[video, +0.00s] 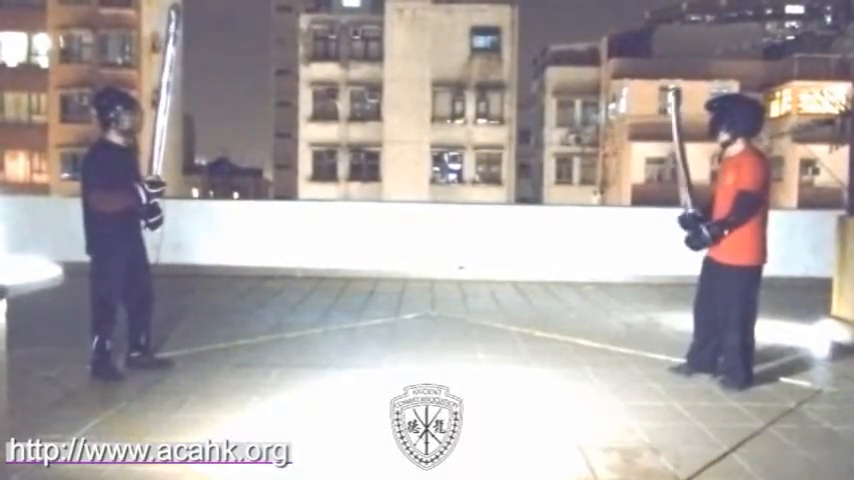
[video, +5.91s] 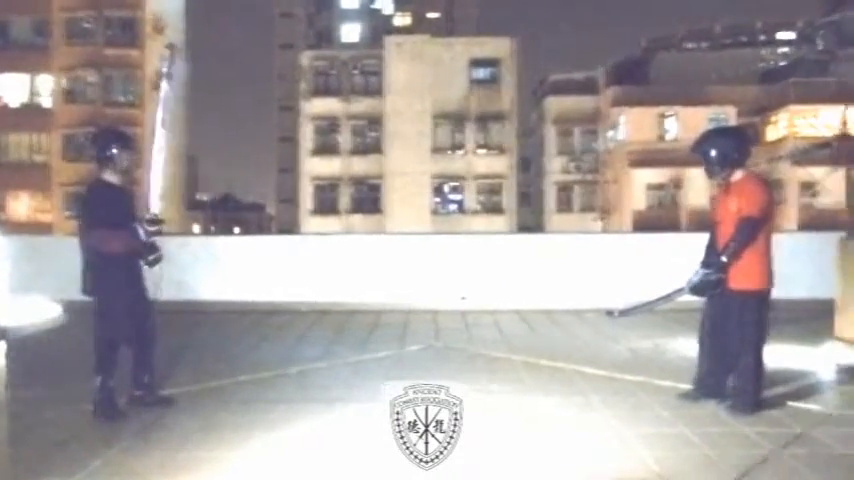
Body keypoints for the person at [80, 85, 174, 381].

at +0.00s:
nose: (135, 120)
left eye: (135, 114)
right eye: (128, 114)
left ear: (128, 117)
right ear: (112, 117)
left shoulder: (127, 153)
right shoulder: (99, 156)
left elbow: (128, 190)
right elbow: (98, 201)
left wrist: (147, 193)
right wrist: (139, 200)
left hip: (130, 234)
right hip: (105, 238)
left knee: (140, 291)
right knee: (106, 295)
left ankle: (139, 349)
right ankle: (100, 354)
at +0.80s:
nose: (136, 159)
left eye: (137, 153)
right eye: (130, 153)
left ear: (131, 156)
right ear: (114, 154)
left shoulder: (126, 193)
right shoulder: (96, 194)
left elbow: (127, 232)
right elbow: (94, 237)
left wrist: (146, 233)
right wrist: (132, 241)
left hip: (130, 272)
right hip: (106, 275)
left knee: (142, 329)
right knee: (107, 335)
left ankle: (140, 390)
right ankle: (100, 396)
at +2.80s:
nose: (152, 174)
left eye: (152, 168)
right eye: (147, 167)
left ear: (138, 172)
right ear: (130, 171)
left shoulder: (143, 210)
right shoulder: (112, 211)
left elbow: (143, 249)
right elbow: (113, 258)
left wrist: (161, 258)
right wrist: (154, 253)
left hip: (144, 290)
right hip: (119, 292)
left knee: (156, 344)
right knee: (122, 349)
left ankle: (153, 404)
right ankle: (114, 410)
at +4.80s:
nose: (140, 169)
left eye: (140, 163)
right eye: (134, 163)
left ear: (126, 166)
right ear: (117, 166)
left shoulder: (128, 203)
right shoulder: (101, 205)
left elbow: (130, 240)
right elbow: (103, 252)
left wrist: (149, 240)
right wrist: (142, 247)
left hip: (134, 283)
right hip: (111, 287)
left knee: (145, 338)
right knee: (113, 343)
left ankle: (144, 398)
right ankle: (106, 405)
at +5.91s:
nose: (130, 159)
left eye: (130, 153)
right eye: (125, 153)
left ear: (119, 155)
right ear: (110, 155)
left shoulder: (122, 191)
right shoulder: (98, 193)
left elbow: (125, 231)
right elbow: (96, 238)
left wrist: (144, 243)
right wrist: (138, 246)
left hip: (127, 273)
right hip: (107, 275)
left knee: (143, 326)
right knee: (109, 332)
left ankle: (143, 386)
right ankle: (103, 391)